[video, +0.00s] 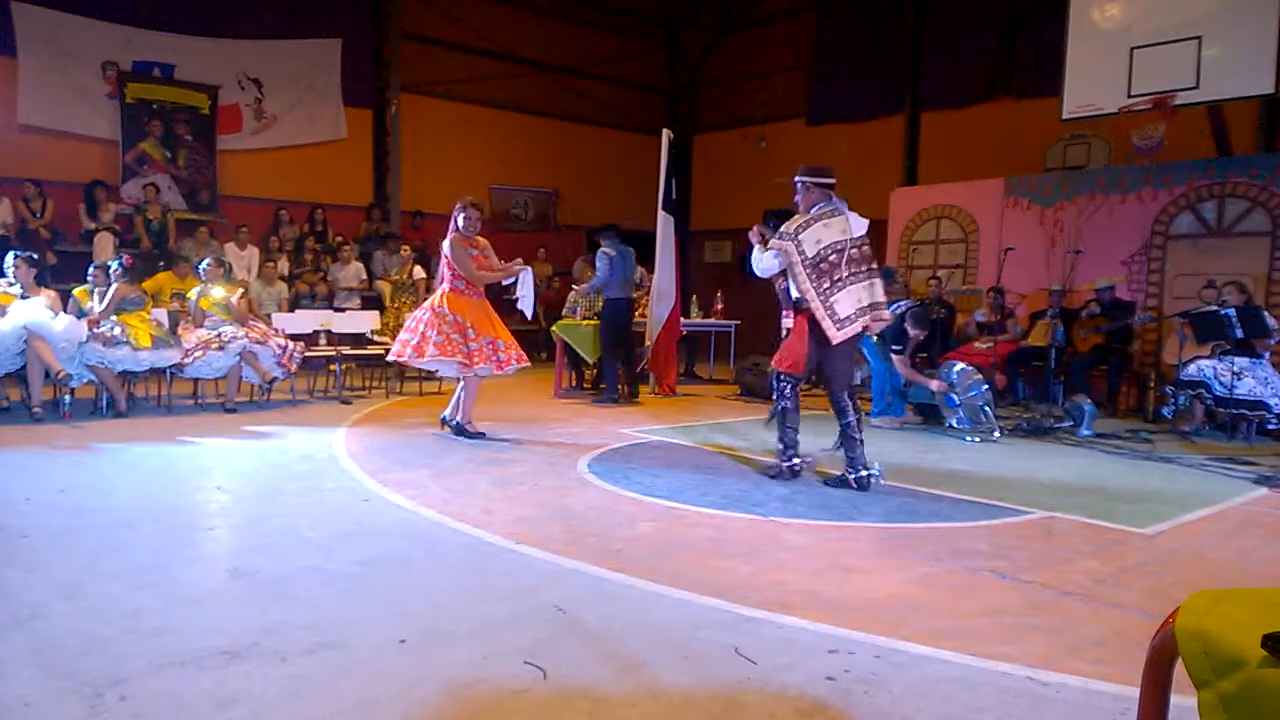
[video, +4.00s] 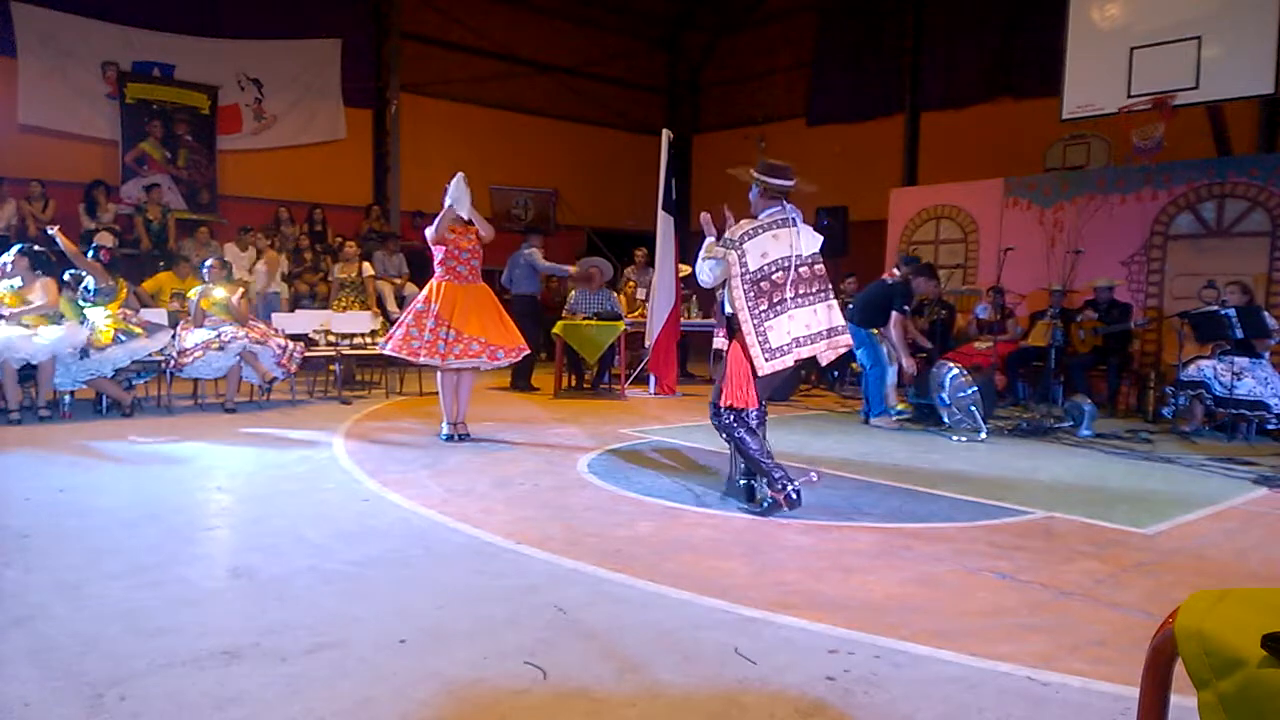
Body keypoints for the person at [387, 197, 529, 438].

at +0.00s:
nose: (471, 223)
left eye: (475, 219)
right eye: (466, 218)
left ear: (481, 221)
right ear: (456, 219)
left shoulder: (482, 243)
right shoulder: (453, 243)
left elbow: (496, 267)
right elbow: (475, 277)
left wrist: (514, 267)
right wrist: (508, 272)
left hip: (474, 306)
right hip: (454, 306)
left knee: (477, 363)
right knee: (477, 364)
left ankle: (451, 413)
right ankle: (464, 420)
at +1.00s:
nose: (457, 215)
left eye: (461, 211)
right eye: (453, 209)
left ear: (467, 214)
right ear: (443, 210)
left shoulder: (466, 235)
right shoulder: (428, 233)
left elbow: (481, 257)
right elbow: (441, 251)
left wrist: (477, 226)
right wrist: (462, 230)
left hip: (460, 298)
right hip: (436, 298)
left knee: (452, 364)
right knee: (438, 363)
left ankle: (445, 418)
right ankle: (442, 420)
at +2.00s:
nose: (470, 205)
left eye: (473, 201)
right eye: (464, 202)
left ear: (478, 207)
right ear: (453, 207)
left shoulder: (482, 235)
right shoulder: (441, 230)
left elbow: (470, 231)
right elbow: (424, 224)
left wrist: (454, 207)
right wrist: (431, 201)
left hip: (470, 298)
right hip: (442, 296)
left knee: (465, 365)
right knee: (445, 364)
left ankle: (461, 420)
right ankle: (448, 420)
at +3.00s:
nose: (464, 205)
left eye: (469, 200)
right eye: (459, 202)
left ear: (480, 208)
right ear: (453, 209)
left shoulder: (485, 238)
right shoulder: (443, 231)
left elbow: (471, 229)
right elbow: (425, 222)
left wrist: (455, 204)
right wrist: (431, 197)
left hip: (470, 297)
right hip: (441, 295)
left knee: (465, 364)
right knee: (444, 363)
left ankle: (461, 421)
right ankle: (447, 420)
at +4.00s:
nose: (457, 207)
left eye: (460, 204)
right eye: (452, 202)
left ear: (466, 207)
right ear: (445, 205)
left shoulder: (475, 232)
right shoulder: (436, 232)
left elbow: (489, 234)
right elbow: (436, 234)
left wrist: (469, 210)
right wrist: (450, 205)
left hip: (473, 297)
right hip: (446, 296)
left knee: (468, 363)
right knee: (447, 363)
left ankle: (461, 420)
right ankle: (447, 420)